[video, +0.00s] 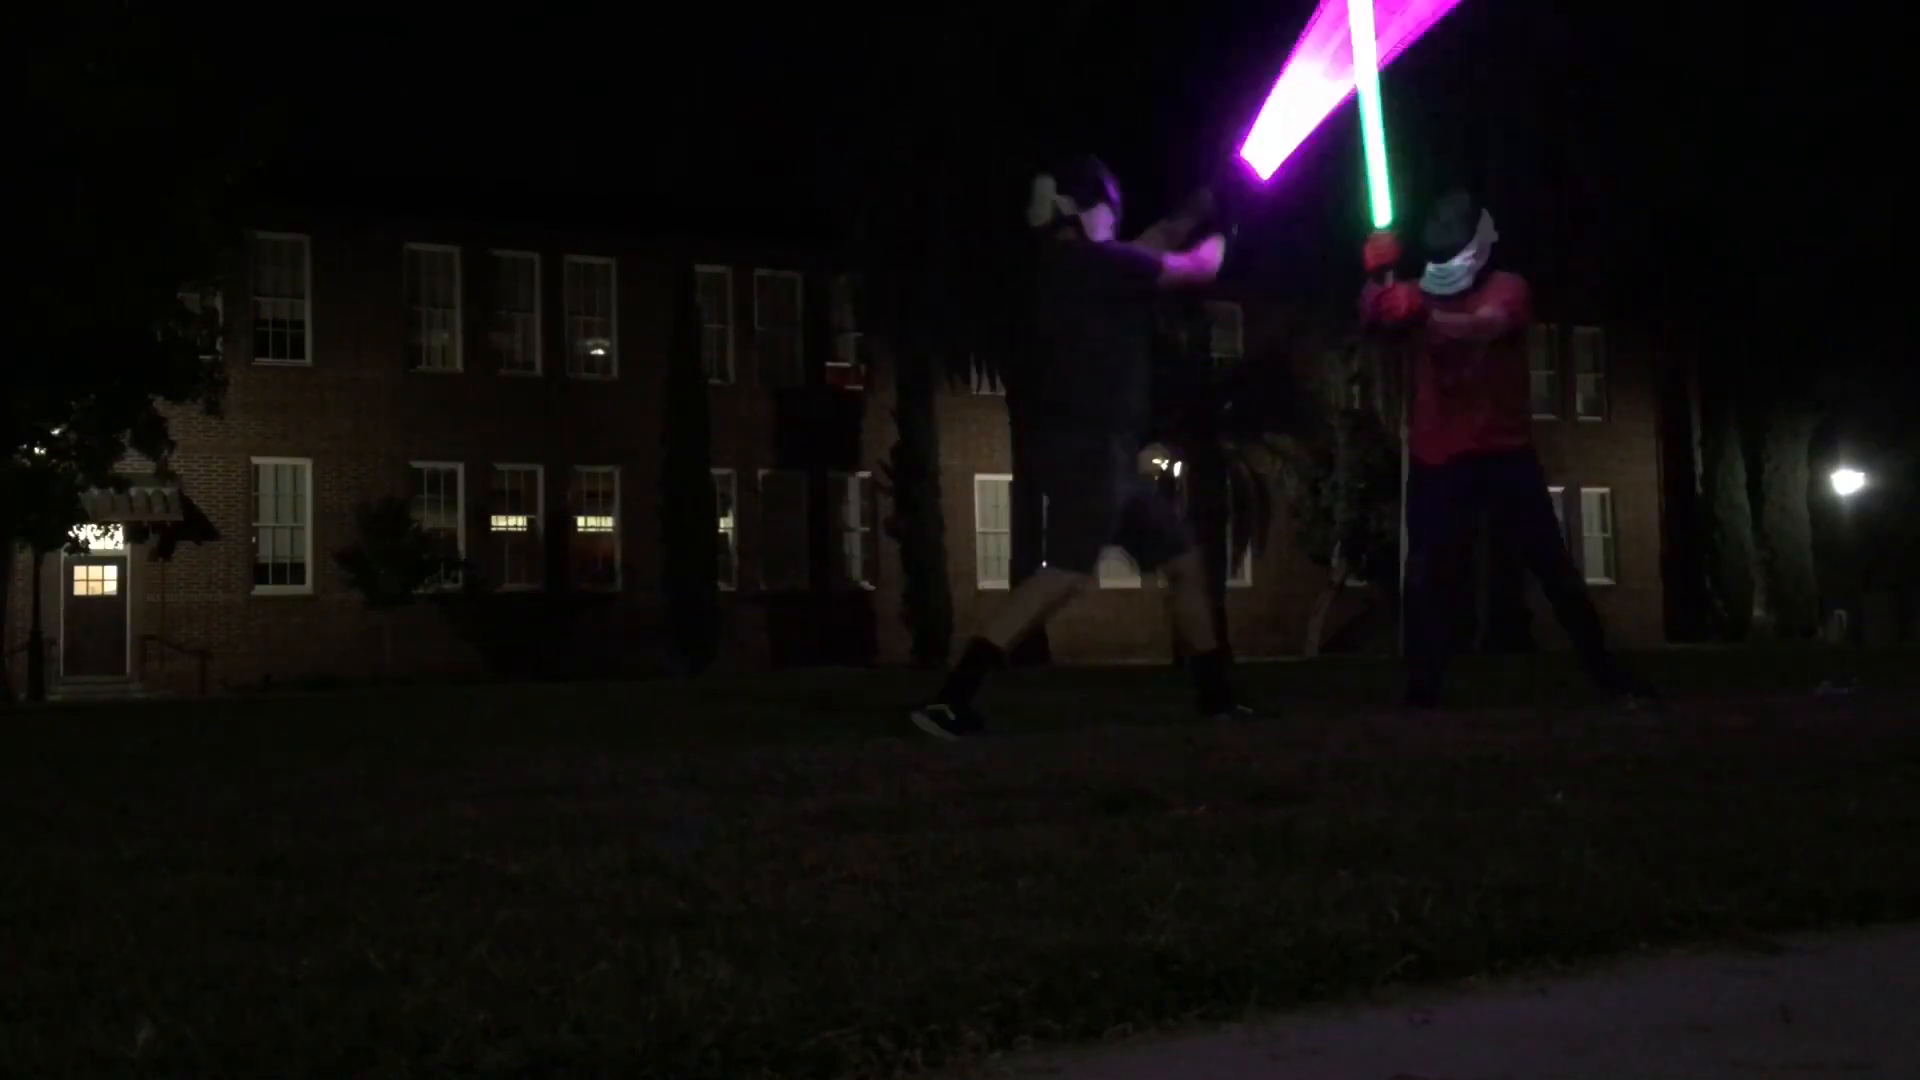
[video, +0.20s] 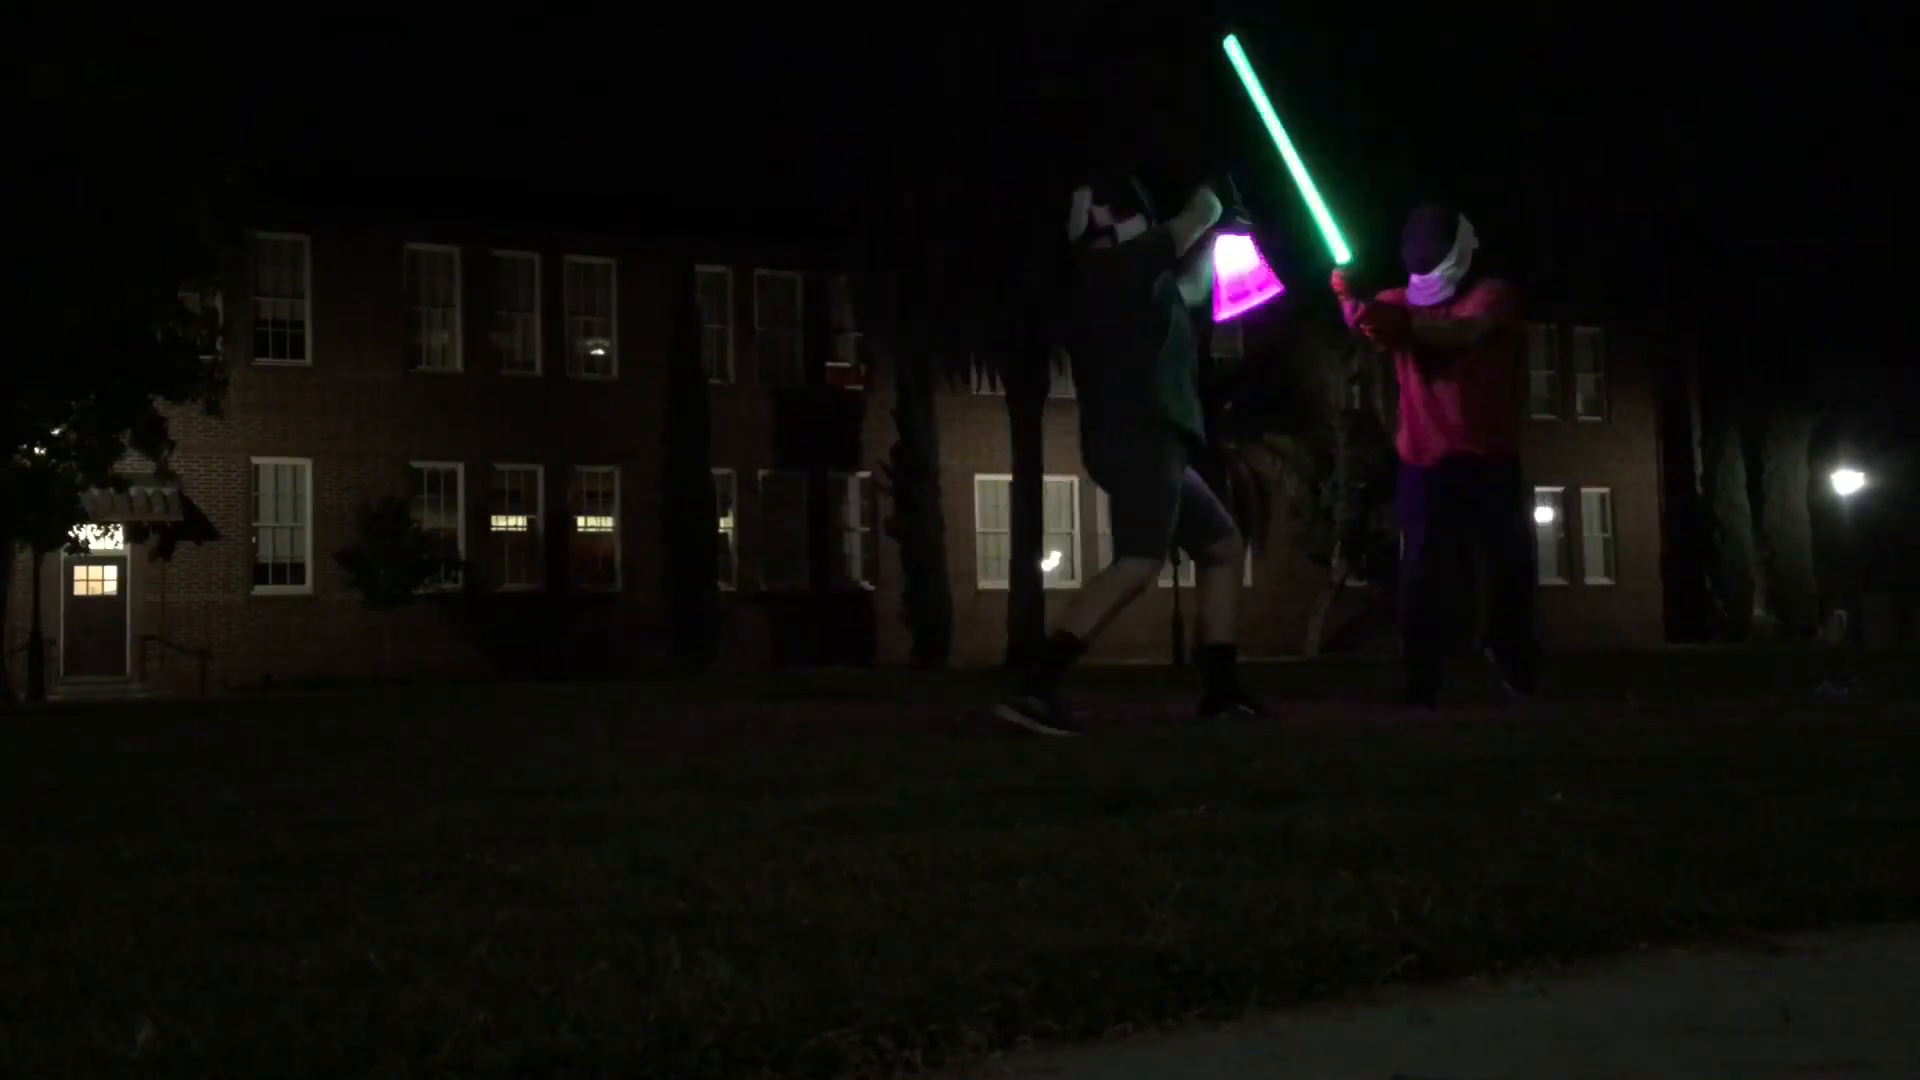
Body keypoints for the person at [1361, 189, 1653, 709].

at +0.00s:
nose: (1447, 243)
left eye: (1459, 229)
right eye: (1437, 231)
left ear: (1481, 236)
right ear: (1424, 240)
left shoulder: (1503, 287)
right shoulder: (1418, 295)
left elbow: (1488, 322)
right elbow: (1374, 314)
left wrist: (1422, 313)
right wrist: (1378, 274)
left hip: (1503, 456)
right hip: (1438, 460)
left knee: (1551, 568)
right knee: (1431, 574)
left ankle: (1607, 677)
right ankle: (1422, 688)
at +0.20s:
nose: (1430, 279)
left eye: (1440, 267)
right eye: (1421, 270)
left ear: (1463, 255)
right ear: (1410, 263)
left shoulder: (1490, 298)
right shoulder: (1402, 303)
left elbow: (1468, 331)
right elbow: (1371, 322)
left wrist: (1394, 323)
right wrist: (1351, 300)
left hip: (1485, 463)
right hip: (1423, 465)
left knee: (1503, 570)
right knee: (1423, 572)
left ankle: (1515, 679)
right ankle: (1421, 682)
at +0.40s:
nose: (1454, 306)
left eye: (1462, 296)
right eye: (1446, 299)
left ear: (1480, 285)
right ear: (1435, 287)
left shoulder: (1499, 321)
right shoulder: (1411, 325)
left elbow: (1494, 344)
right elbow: (1377, 372)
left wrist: (1432, 344)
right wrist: (1375, 326)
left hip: (1488, 471)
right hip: (1428, 472)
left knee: (1503, 573)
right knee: (1437, 569)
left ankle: (1504, 672)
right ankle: (1420, 680)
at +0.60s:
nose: (1488, 299)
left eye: (1496, 289)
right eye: (1480, 289)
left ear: (1501, 291)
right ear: (1460, 288)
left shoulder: (1509, 332)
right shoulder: (1433, 327)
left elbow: (1527, 327)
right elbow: (1415, 390)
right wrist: (1403, 334)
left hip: (1493, 473)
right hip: (1435, 472)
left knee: (1512, 572)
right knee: (1433, 567)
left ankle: (1498, 672)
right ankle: (1412, 666)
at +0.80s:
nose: (1464, 305)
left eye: (1472, 297)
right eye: (1454, 295)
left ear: (1488, 293)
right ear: (1440, 291)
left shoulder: (1508, 327)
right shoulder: (1427, 327)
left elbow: (1525, 300)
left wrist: (1488, 285)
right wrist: (1414, 326)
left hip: (1496, 465)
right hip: (1436, 467)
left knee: (1509, 569)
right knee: (1433, 566)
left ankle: (1498, 672)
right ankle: (1416, 669)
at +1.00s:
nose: (1439, 306)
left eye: (1448, 296)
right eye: (1429, 297)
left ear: (1467, 283)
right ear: (1419, 289)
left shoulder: (1492, 325)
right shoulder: (1407, 328)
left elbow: (1510, 393)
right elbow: (1404, 394)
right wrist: (1465, 370)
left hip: (1488, 474)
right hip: (1428, 478)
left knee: (1498, 578)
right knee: (1434, 580)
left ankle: (1497, 676)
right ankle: (1428, 676)